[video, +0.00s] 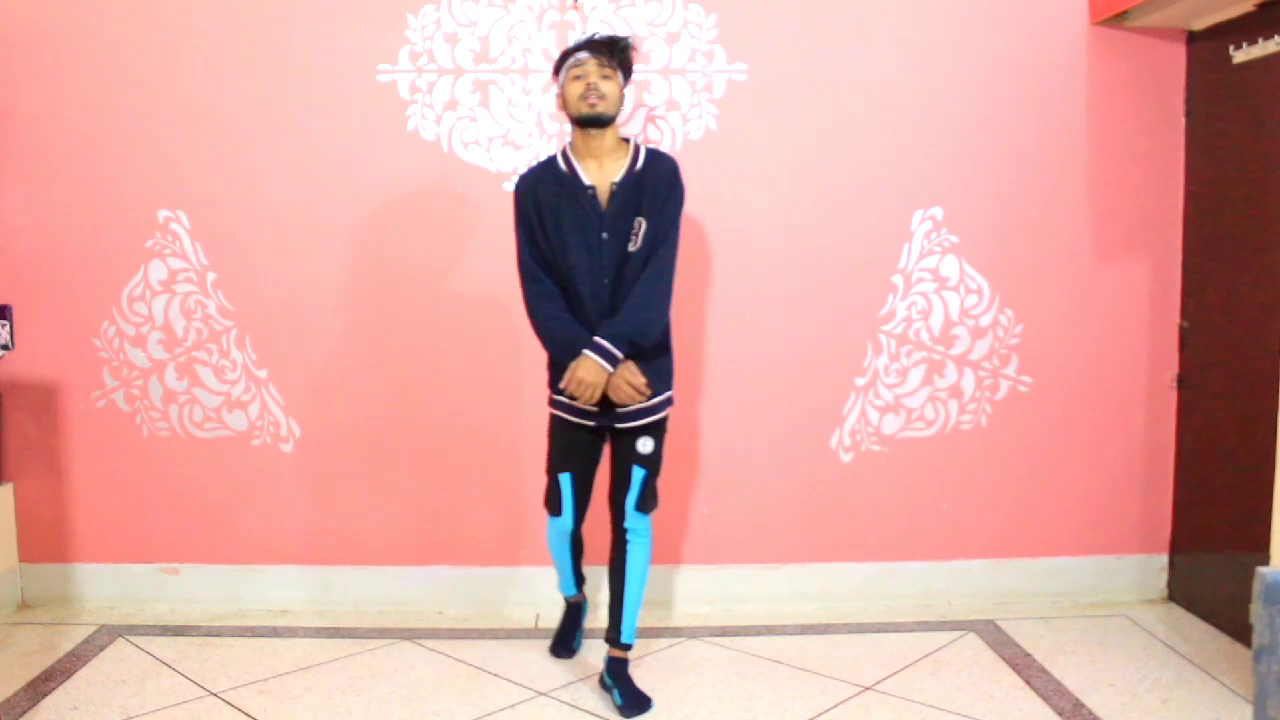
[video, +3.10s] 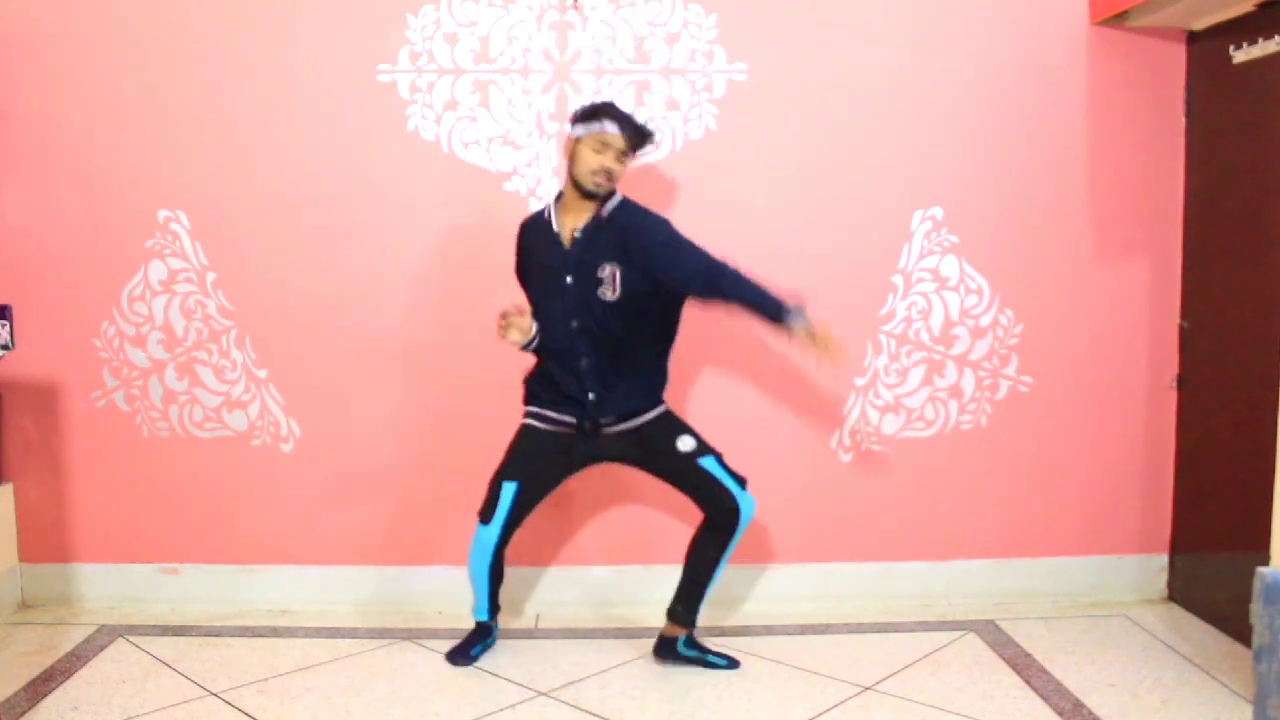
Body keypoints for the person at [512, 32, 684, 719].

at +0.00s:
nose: (590, 84)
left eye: (603, 75)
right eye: (576, 77)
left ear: (625, 91)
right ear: (560, 99)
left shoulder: (658, 170)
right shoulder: (536, 184)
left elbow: (657, 278)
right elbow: (538, 291)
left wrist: (601, 351)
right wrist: (600, 366)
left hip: (644, 369)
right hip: (572, 371)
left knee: (634, 513)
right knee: (564, 506)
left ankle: (618, 657)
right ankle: (573, 600)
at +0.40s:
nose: (564, 98)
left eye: (576, 88)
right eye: (551, 89)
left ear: (594, 103)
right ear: (532, 108)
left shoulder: (631, 175)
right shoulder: (513, 194)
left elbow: (660, 273)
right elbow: (503, 292)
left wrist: (674, 367)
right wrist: (495, 380)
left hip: (625, 364)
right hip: (556, 370)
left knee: (623, 497)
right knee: (571, 496)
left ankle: (611, 633)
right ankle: (587, 610)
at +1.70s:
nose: (595, 61)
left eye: (609, 50)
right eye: (580, 50)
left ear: (630, 66)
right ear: (560, 69)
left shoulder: (665, 165)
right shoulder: (522, 167)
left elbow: (716, 263)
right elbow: (489, 265)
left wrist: (702, 304)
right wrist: (473, 320)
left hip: (652, 382)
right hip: (563, 385)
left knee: (693, 525)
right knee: (568, 539)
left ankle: (630, 643)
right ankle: (579, 695)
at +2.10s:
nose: (627, 110)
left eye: (641, 97)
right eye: (613, 98)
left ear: (663, 110)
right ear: (597, 114)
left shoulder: (701, 200)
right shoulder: (567, 205)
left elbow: (762, 284)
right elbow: (495, 288)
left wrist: (738, 328)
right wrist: (526, 252)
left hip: (665, 412)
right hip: (574, 407)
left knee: (708, 548)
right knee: (535, 538)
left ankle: (738, 685)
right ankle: (519, 701)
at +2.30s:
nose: (614, 101)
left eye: (629, 89)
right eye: (601, 89)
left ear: (651, 101)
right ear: (586, 103)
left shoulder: (696, 186)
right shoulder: (553, 196)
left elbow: (789, 218)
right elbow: (471, 242)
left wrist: (754, 247)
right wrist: (484, 178)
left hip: (676, 403)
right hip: (579, 407)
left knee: (740, 517)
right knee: (534, 524)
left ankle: (765, 653)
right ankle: (506, 632)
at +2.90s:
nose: (618, 114)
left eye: (632, 104)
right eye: (608, 101)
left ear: (650, 118)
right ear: (590, 110)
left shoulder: (668, 191)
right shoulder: (562, 190)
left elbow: (728, 275)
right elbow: (523, 259)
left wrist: (746, 215)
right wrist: (448, 257)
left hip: (643, 390)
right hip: (560, 391)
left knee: (697, 499)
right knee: (509, 495)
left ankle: (736, 621)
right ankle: (503, 624)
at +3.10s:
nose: (611, 164)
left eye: (622, 156)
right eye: (600, 149)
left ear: (627, 166)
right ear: (569, 149)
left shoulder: (642, 232)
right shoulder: (534, 234)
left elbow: (713, 276)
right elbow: (554, 336)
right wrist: (528, 334)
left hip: (640, 421)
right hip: (553, 424)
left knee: (732, 504)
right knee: (490, 526)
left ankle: (677, 634)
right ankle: (483, 626)